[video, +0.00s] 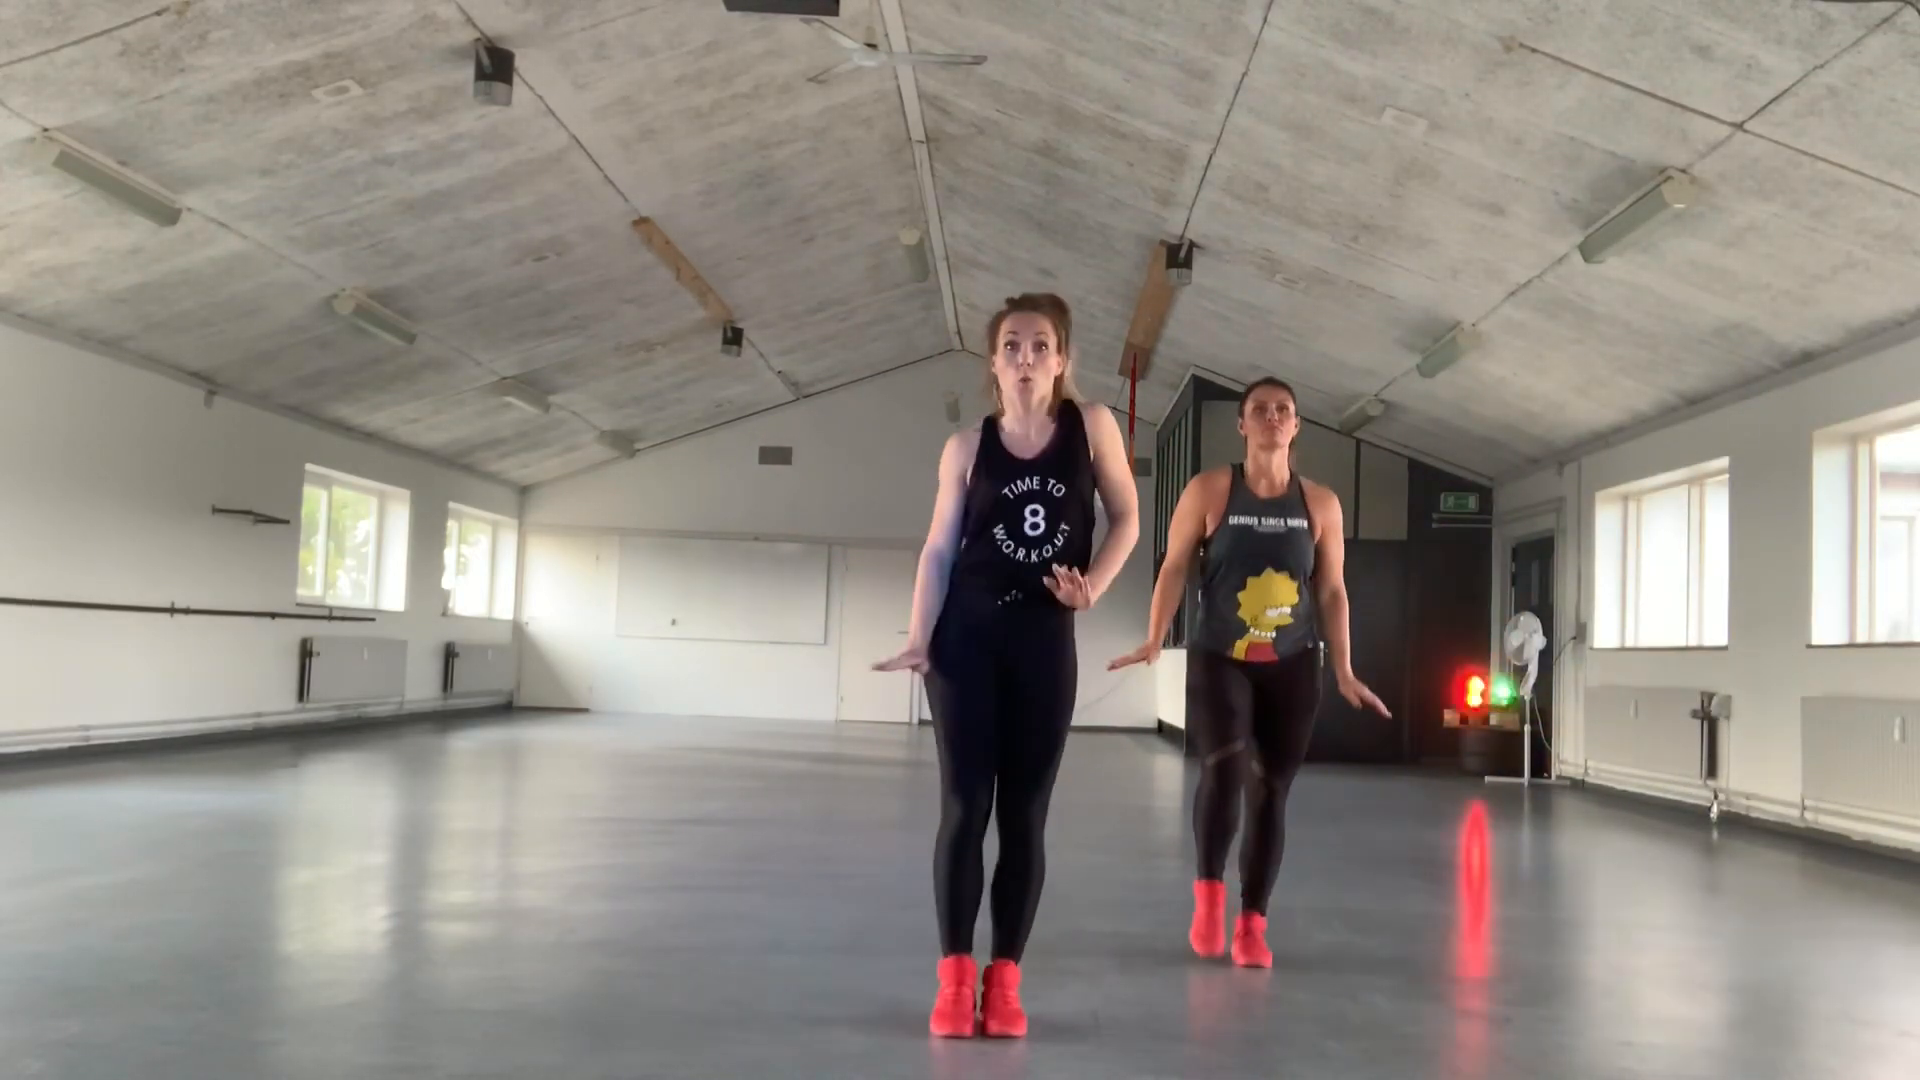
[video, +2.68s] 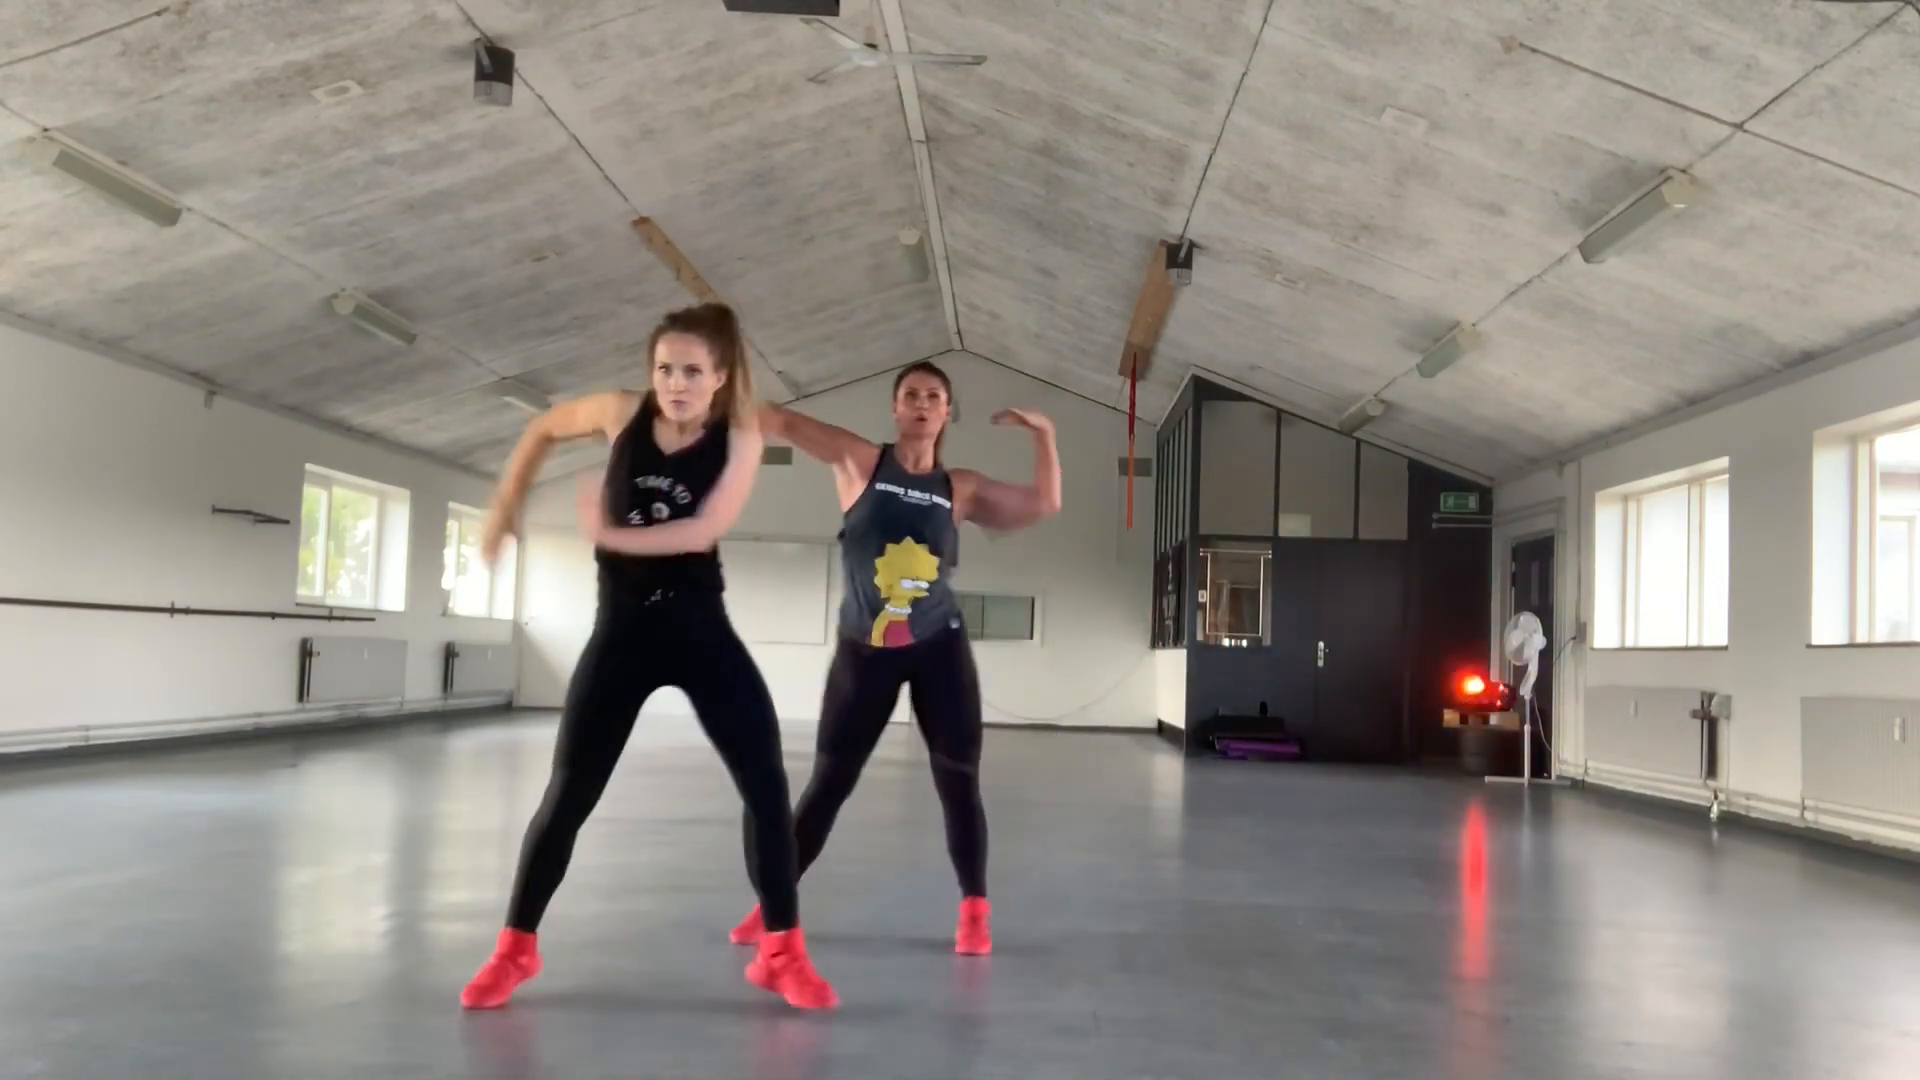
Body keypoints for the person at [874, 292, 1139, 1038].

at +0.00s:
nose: (1024, 357)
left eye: (1039, 345)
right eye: (1012, 345)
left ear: (1063, 357)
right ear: (992, 358)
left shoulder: (1091, 426)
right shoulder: (966, 447)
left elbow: (1125, 515)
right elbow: (938, 548)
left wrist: (1093, 584)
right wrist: (918, 636)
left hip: (1042, 641)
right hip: (965, 640)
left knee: (1023, 816)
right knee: (967, 810)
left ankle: (1005, 974)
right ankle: (955, 971)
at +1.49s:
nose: (927, 374)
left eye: (943, 360)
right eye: (916, 359)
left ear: (971, 368)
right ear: (899, 365)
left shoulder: (998, 438)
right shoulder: (873, 444)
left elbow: (1013, 541)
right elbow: (845, 543)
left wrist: (988, 626)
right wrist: (826, 633)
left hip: (966, 638)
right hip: (889, 634)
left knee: (945, 805)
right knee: (882, 796)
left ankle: (934, 955)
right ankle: (881, 956)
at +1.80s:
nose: (862, 360)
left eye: (878, 347)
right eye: (851, 344)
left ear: (906, 352)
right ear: (835, 347)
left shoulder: (934, 406)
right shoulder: (808, 427)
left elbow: (963, 499)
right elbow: (784, 528)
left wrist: (924, 567)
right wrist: (762, 625)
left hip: (893, 618)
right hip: (815, 617)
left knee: (888, 792)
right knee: (797, 788)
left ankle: (885, 943)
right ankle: (769, 953)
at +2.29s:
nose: (763, 365)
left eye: (778, 352)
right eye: (752, 351)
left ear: (807, 358)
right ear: (735, 356)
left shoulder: (830, 413)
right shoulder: (708, 422)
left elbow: (854, 505)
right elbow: (674, 522)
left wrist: (820, 553)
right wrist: (641, 618)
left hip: (788, 630)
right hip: (710, 627)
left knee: (774, 796)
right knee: (709, 796)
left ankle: (775, 944)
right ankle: (707, 955)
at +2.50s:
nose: (727, 388)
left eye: (742, 375)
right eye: (715, 375)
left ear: (769, 385)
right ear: (699, 384)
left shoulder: (797, 467)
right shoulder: (673, 452)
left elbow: (796, 569)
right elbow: (643, 544)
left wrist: (771, 632)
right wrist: (609, 624)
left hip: (755, 657)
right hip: (678, 649)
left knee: (744, 812)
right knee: (608, 768)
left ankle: (756, 954)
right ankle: (646, 931)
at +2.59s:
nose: (705, 380)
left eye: (721, 368)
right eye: (694, 366)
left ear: (748, 376)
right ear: (679, 370)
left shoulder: (771, 452)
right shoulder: (645, 427)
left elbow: (768, 549)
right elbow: (593, 496)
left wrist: (736, 575)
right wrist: (565, 579)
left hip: (736, 644)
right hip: (656, 640)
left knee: (756, 798)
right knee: (570, 772)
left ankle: (762, 943)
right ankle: (570, 924)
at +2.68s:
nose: (676, 384)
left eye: (693, 371)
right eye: (665, 368)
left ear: (723, 376)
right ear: (651, 370)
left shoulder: (740, 439)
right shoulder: (621, 413)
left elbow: (708, 530)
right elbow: (543, 428)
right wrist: (505, 508)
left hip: (705, 639)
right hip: (621, 641)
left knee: (767, 783)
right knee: (570, 793)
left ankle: (781, 947)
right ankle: (516, 946)